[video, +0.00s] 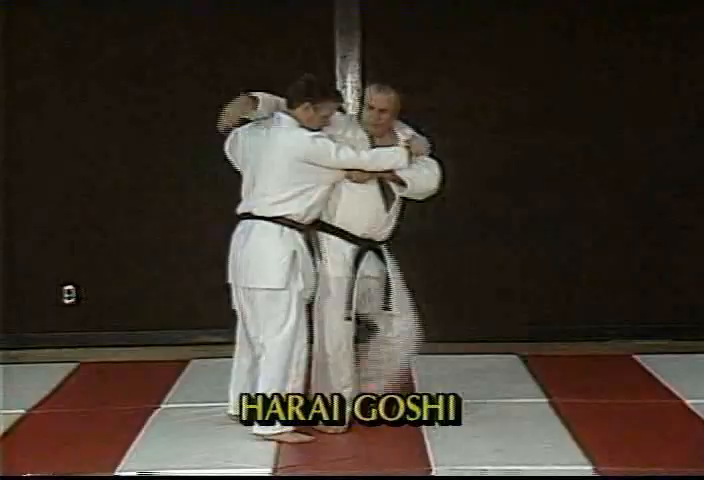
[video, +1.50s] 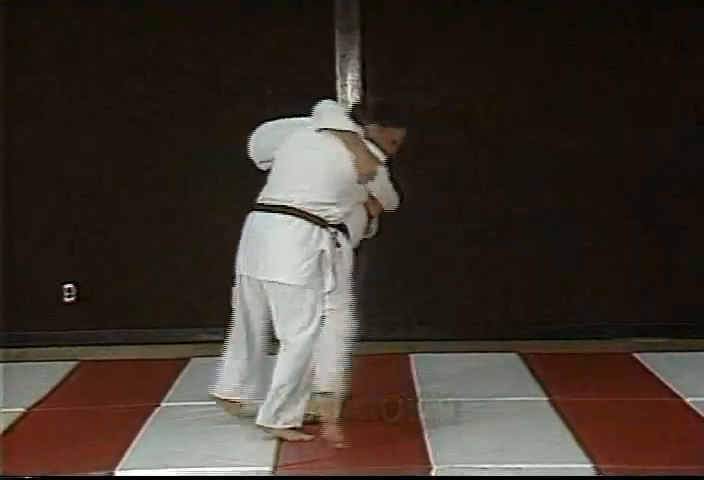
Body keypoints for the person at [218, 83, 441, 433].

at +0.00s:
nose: (327, 122)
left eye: (329, 115)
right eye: (325, 115)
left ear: (291, 106)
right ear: (306, 108)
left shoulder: (252, 135)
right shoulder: (306, 144)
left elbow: (231, 144)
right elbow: (359, 159)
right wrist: (407, 151)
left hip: (246, 237)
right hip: (278, 242)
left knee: (253, 332)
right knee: (281, 333)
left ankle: (247, 407)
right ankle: (271, 420)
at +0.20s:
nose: (335, 119)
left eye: (338, 113)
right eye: (332, 112)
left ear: (297, 108)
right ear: (310, 107)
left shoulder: (256, 135)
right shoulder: (321, 143)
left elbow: (239, 128)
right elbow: (377, 151)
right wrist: (400, 138)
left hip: (249, 236)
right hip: (283, 240)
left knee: (254, 332)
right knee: (287, 333)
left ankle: (245, 409)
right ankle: (273, 421)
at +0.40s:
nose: (343, 122)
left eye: (345, 115)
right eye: (341, 114)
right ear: (320, 109)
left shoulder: (257, 134)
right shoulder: (327, 142)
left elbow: (238, 134)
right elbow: (384, 164)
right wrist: (401, 159)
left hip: (244, 232)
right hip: (280, 237)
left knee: (250, 329)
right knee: (279, 329)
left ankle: (245, 406)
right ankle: (272, 419)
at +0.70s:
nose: (340, 124)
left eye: (341, 117)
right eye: (337, 116)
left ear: (301, 110)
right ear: (317, 111)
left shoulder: (252, 134)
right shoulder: (324, 145)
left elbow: (238, 137)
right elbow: (383, 166)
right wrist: (391, 163)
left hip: (240, 234)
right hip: (278, 239)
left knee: (247, 333)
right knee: (281, 332)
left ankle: (242, 408)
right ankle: (272, 420)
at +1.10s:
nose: (346, 129)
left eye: (347, 121)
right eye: (343, 120)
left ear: (308, 114)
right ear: (324, 115)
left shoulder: (259, 137)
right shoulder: (329, 148)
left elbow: (236, 139)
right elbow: (378, 172)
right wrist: (388, 165)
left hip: (244, 243)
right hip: (283, 247)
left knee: (249, 338)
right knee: (286, 337)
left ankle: (242, 412)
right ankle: (270, 421)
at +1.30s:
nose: (379, 136)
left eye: (383, 130)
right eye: (377, 127)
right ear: (358, 118)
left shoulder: (364, 156)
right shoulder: (328, 129)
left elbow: (372, 210)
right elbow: (295, 106)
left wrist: (372, 198)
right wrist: (331, 144)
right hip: (326, 235)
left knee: (327, 322)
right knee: (392, 302)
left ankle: (324, 398)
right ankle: (427, 379)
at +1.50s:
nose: (384, 148)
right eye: (378, 141)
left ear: (328, 118)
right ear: (364, 130)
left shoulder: (297, 134)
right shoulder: (365, 158)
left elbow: (256, 149)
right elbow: (389, 201)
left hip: (254, 235)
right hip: (299, 244)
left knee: (252, 326)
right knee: (298, 336)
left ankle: (236, 390)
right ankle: (278, 417)